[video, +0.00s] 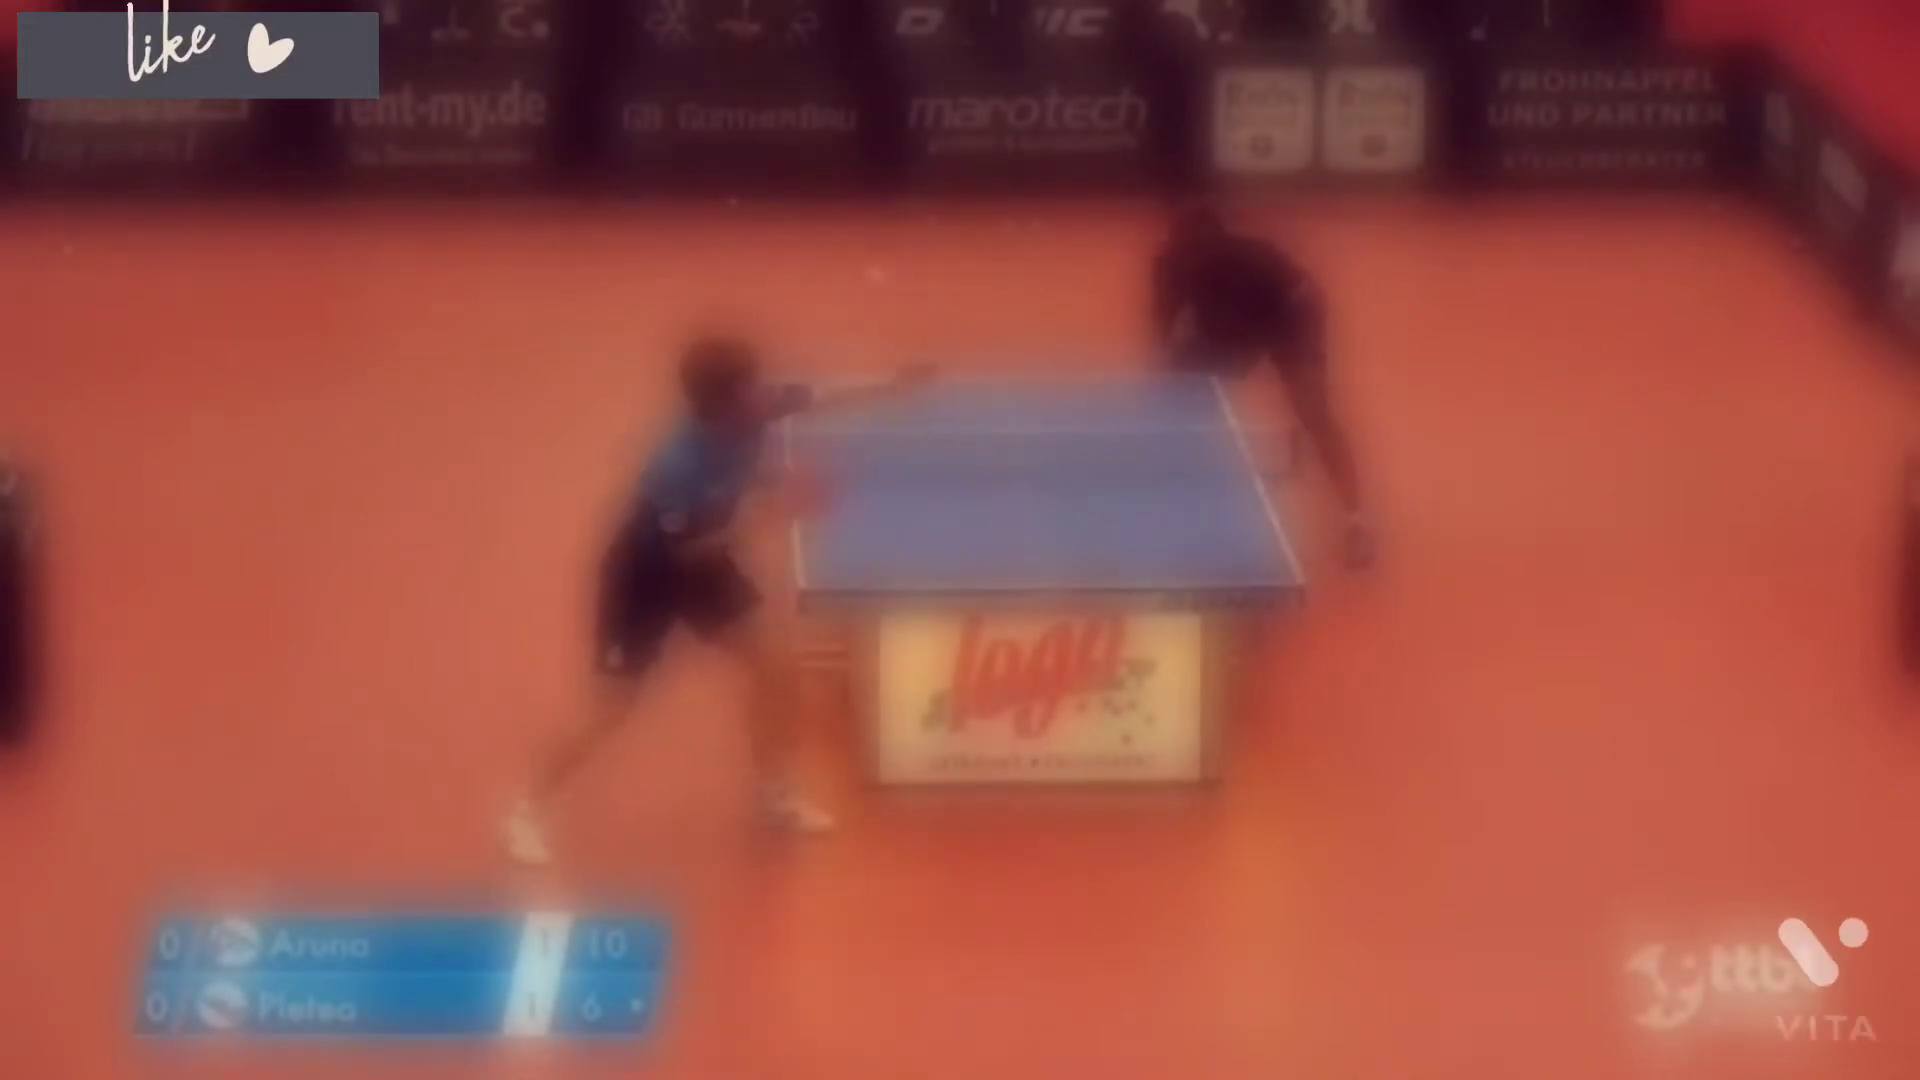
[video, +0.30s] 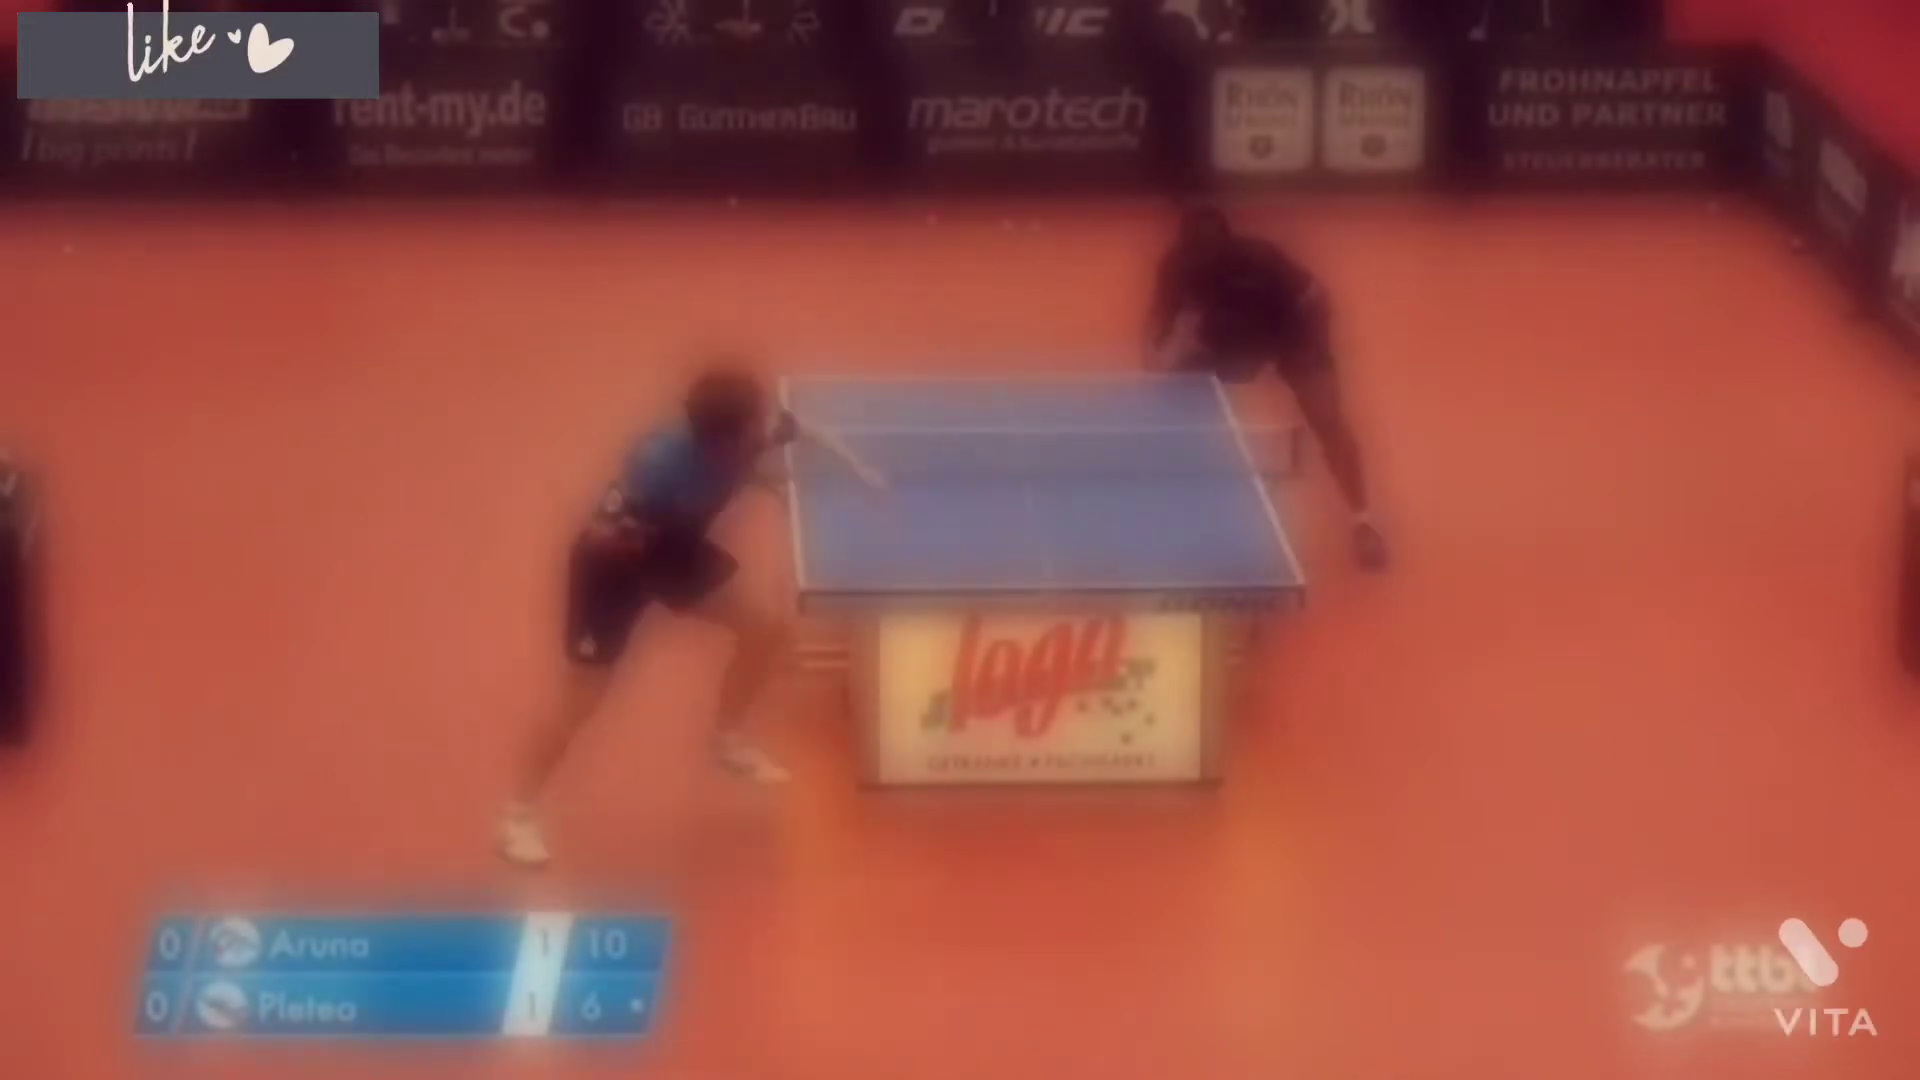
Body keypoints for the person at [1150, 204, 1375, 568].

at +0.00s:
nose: (1192, 238)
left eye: (1199, 228)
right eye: (1185, 230)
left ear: (1213, 224)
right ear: (1176, 230)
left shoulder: (1251, 255)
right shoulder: (1175, 263)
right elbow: (1163, 325)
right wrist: (1163, 363)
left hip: (1287, 317)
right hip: (1226, 326)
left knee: (1313, 410)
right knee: (1179, 398)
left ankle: (1354, 513)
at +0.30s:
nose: (1203, 241)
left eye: (1209, 232)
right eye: (1194, 234)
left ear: (1222, 228)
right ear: (1184, 233)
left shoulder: (1255, 255)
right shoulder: (1179, 265)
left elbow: (1311, 298)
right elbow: (1160, 327)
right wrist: (1163, 356)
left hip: (1291, 330)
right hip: (1230, 338)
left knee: (1326, 419)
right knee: (1175, 403)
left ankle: (1362, 517)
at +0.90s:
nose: (1184, 233)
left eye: (1191, 222)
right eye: (1180, 224)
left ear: (1216, 213)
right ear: (1180, 224)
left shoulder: (1275, 235)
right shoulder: (1189, 264)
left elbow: (1343, 265)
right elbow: (1161, 342)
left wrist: (1344, 340)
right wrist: (1106, 350)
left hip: (1301, 363)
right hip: (1234, 366)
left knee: (1331, 463)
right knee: (1184, 447)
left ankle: (1384, 541)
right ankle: (1190, 559)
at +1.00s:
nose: (1159, 234)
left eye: (1166, 223)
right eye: (1153, 225)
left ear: (1188, 214)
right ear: (1149, 225)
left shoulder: (1244, 235)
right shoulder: (1162, 268)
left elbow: (1319, 256)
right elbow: (1135, 344)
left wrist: (1342, 325)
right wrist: (1083, 353)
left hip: (1282, 361)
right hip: (1213, 366)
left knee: (1325, 460)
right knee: (1171, 451)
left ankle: (1383, 542)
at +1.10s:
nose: (1116, 252)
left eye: (1121, 242)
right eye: (1109, 246)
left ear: (1139, 235)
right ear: (1103, 248)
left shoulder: (1190, 243)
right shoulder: (1111, 290)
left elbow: (1254, 246)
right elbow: (1105, 355)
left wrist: (1297, 307)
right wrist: (1093, 377)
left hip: (1234, 372)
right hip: (1171, 389)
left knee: (1297, 455)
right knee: (1178, 481)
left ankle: (1370, 537)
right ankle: (1186, 581)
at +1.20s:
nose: (1097, 274)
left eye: (1101, 263)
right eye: (1088, 268)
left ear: (1116, 252)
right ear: (1078, 268)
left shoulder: (1155, 256)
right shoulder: (1086, 304)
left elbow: (1212, 254)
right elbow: (1082, 366)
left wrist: (1257, 307)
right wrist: (1079, 390)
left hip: (1206, 381)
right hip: (1146, 398)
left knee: (1270, 453)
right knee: (1164, 485)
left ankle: (1342, 533)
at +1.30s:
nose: (1086, 246)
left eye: (1091, 236)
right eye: (1077, 240)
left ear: (1104, 230)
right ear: (1065, 242)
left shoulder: (1144, 242)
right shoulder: (1064, 283)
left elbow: (1203, 243)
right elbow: (1067, 339)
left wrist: (1237, 311)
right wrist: (1079, 365)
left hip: (1188, 366)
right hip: (1124, 385)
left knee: (1236, 438)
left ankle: (1279, 515)